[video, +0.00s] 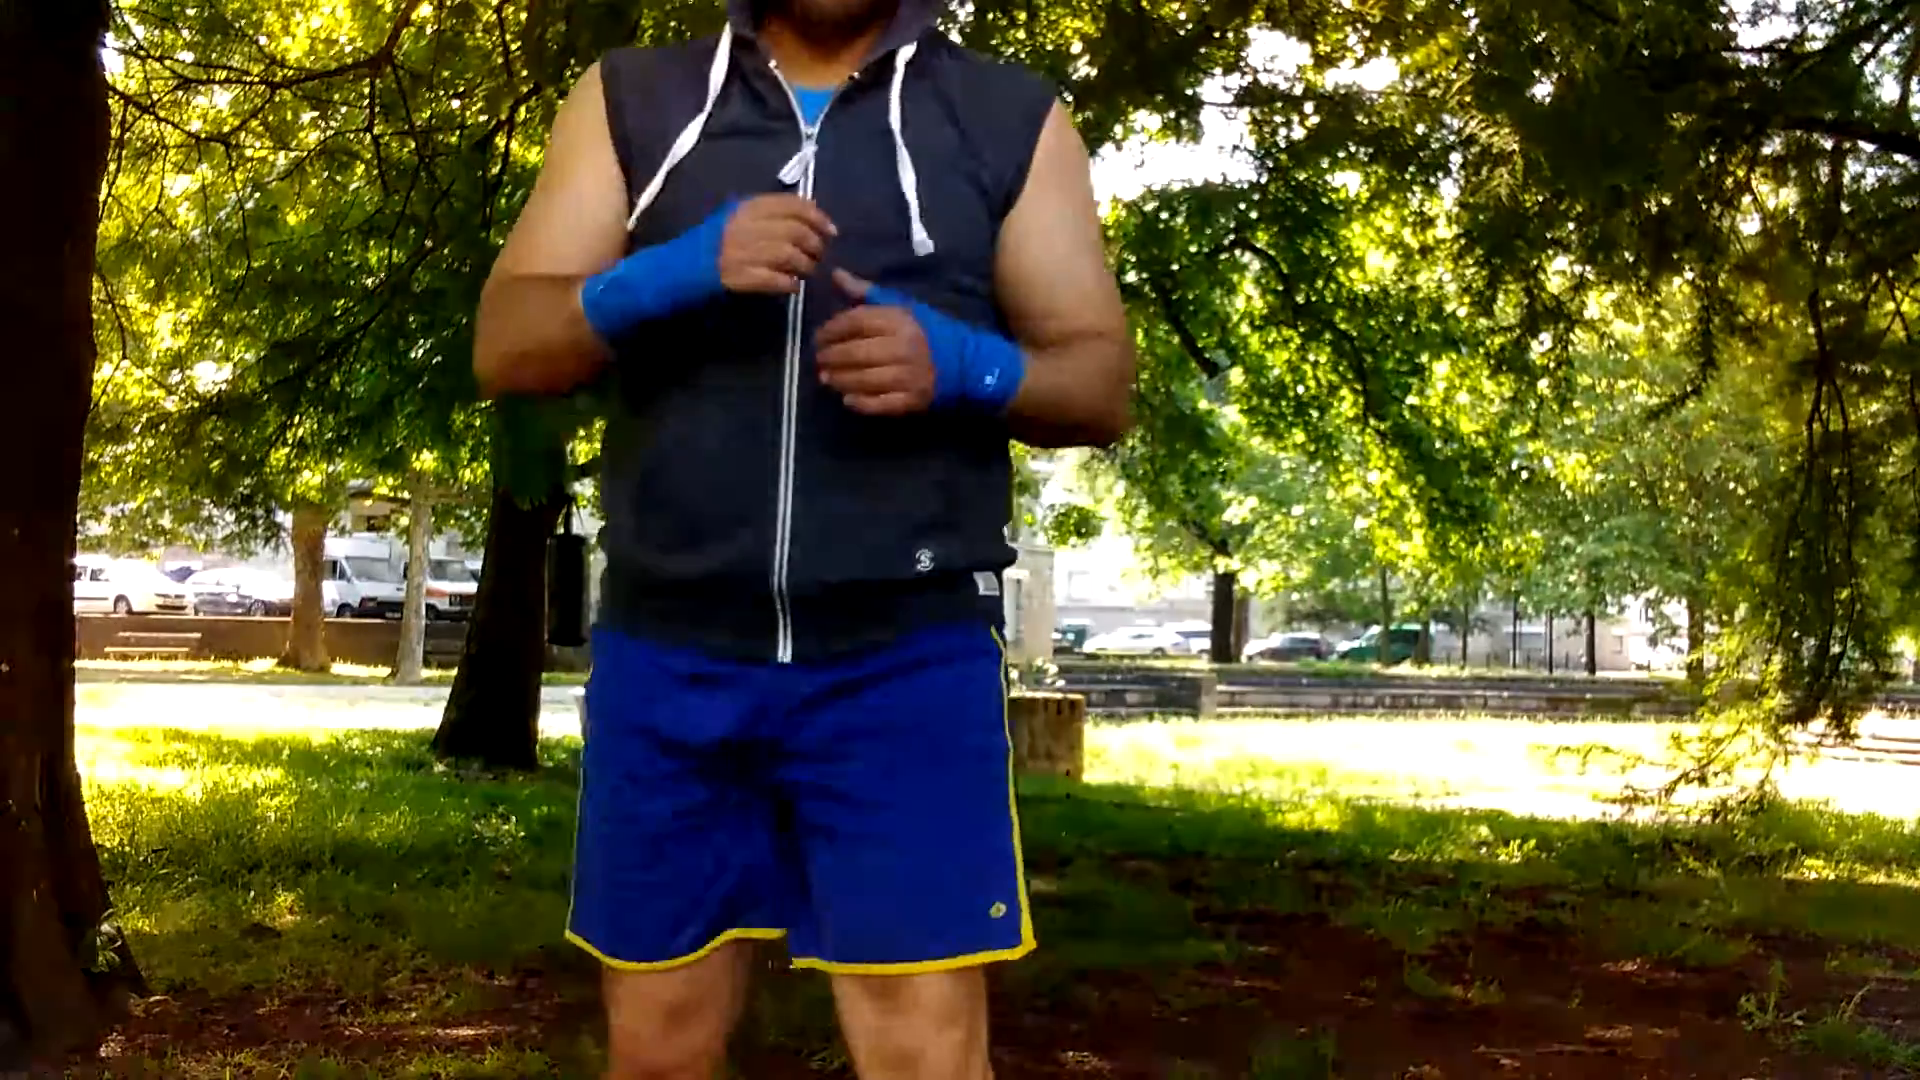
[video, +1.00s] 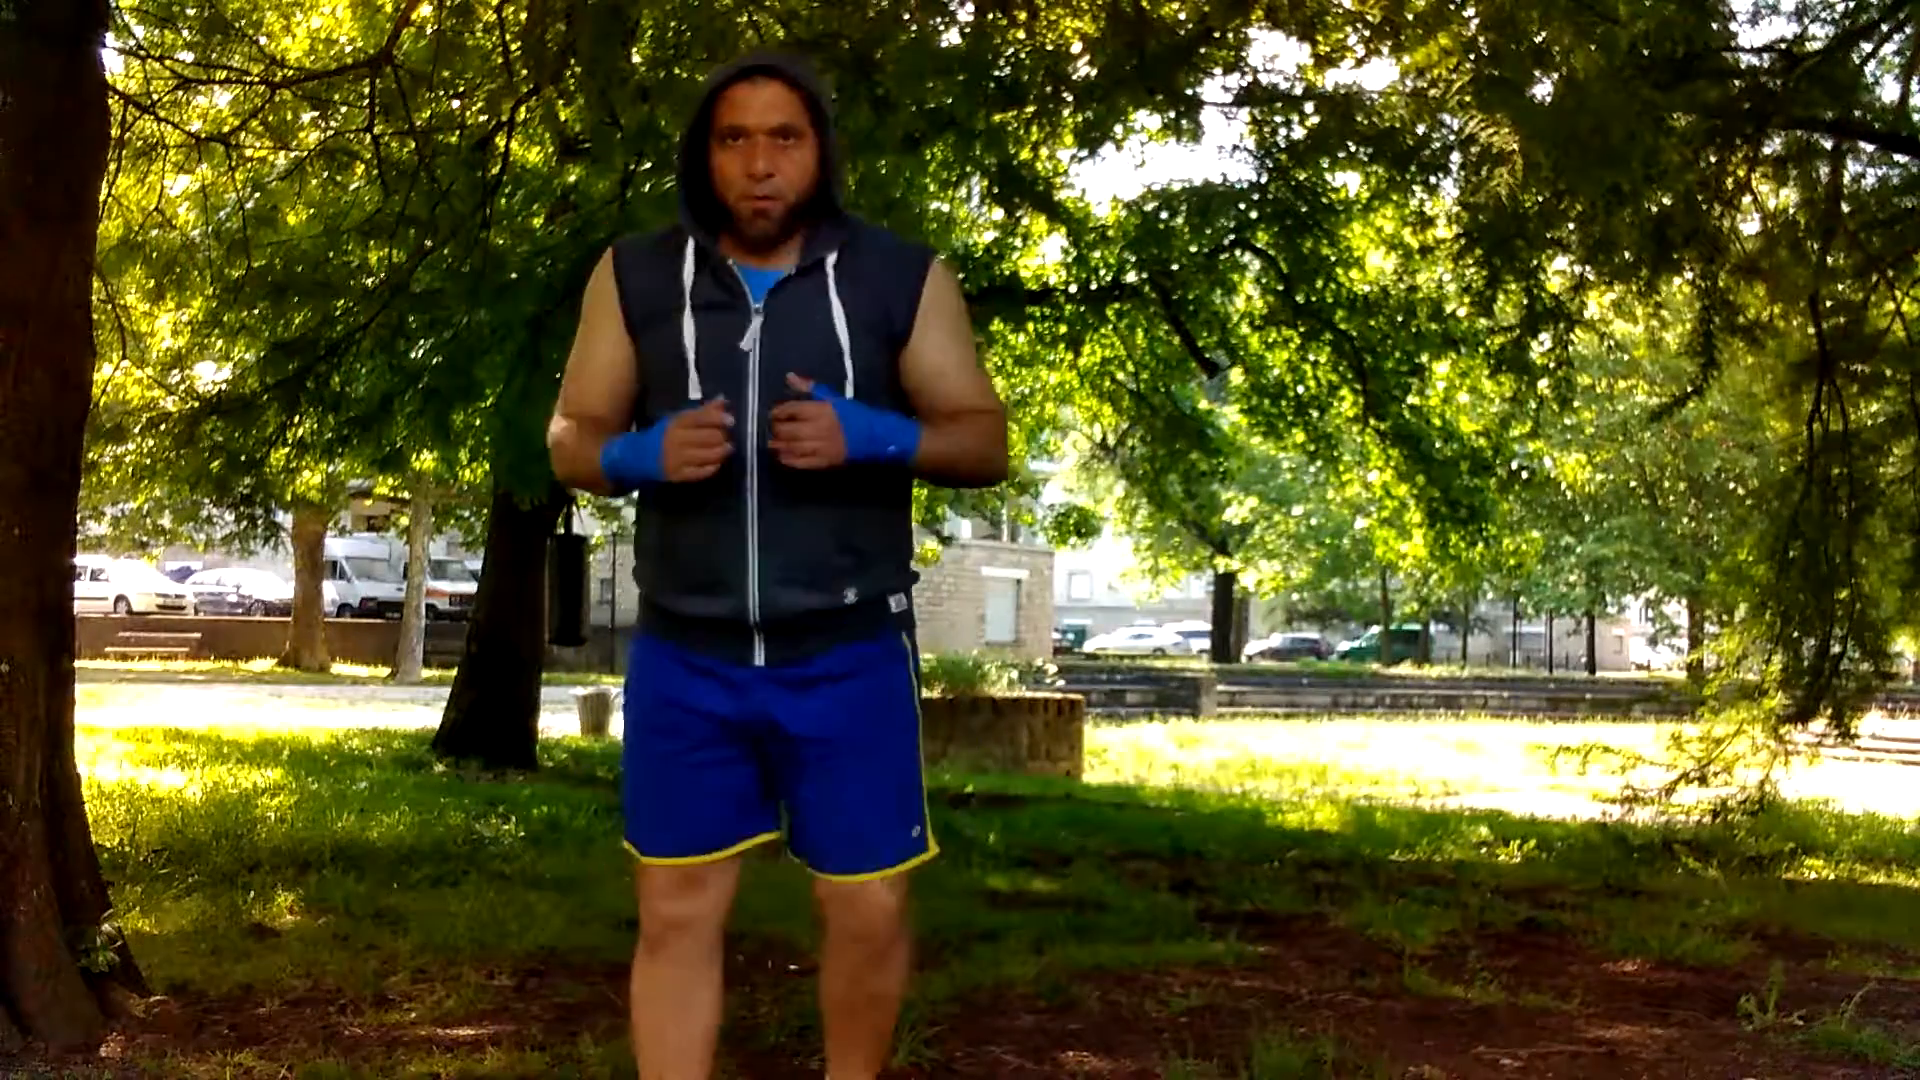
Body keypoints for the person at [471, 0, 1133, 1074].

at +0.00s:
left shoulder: (1009, 117)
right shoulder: (630, 97)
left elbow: (1103, 383)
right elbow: (502, 347)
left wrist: (958, 361)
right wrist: (689, 266)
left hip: (909, 664)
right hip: (669, 661)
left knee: (923, 1048)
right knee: (658, 1047)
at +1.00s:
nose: (760, 160)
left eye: (784, 137)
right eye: (736, 139)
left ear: (822, 152)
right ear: (704, 156)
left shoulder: (901, 279)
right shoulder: (634, 277)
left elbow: (987, 445)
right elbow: (569, 441)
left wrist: (868, 434)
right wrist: (645, 452)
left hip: (851, 659)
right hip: (684, 658)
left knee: (869, 915)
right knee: (674, 911)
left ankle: (851, 1075)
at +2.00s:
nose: (816, 227)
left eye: (833, 209)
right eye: (793, 209)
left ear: (856, 228)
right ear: (757, 226)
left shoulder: (892, 367)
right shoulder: (679, 333)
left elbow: (940, 527)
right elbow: (634, 484)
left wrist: (964, 469)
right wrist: (808, 450)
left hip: (831, 676)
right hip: (693, 663)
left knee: (850, 903)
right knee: (631, 890)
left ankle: (827, 1075)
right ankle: (551, 1071)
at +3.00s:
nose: (701, 249)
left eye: (715, 232)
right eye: (682, 225)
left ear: (724, 240)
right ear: (626, 218)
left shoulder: (720, 353)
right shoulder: (544, 320)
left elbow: (803, 484)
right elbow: (700, 365)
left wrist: (869, 409)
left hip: (707, 679)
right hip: (566, 671)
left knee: (752, 907)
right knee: (519, 921)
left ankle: (779, 1078)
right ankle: (460, 1075)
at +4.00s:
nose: (818, 277)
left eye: (831, 259)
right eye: (804, 248)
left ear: (837, 262)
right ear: (746, 231)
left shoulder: (796, 352)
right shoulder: (634, 305)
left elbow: (876, 498)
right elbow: (739, 424)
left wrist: (910, 363)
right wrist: (836, 306)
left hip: (750, 677)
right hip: (611, 675)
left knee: (845, 880)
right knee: (563, 943)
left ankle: (837, 1074)